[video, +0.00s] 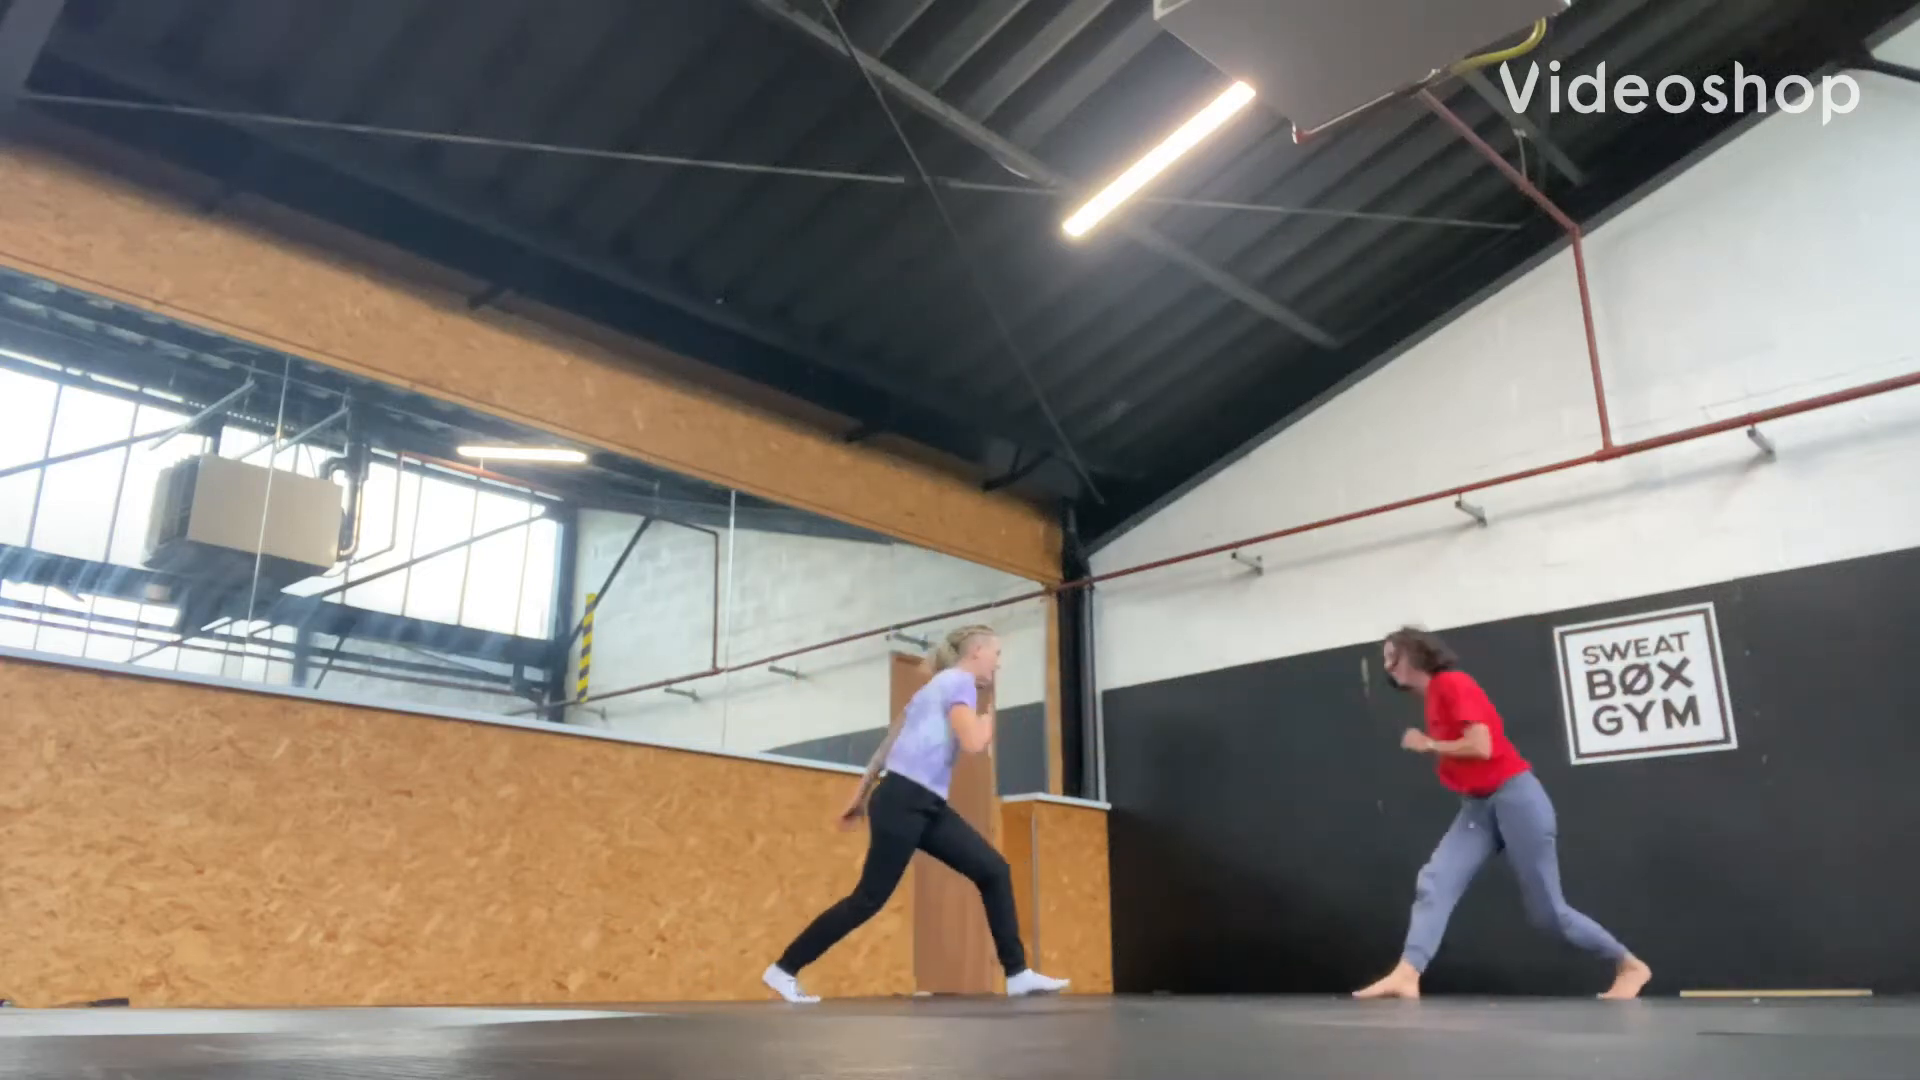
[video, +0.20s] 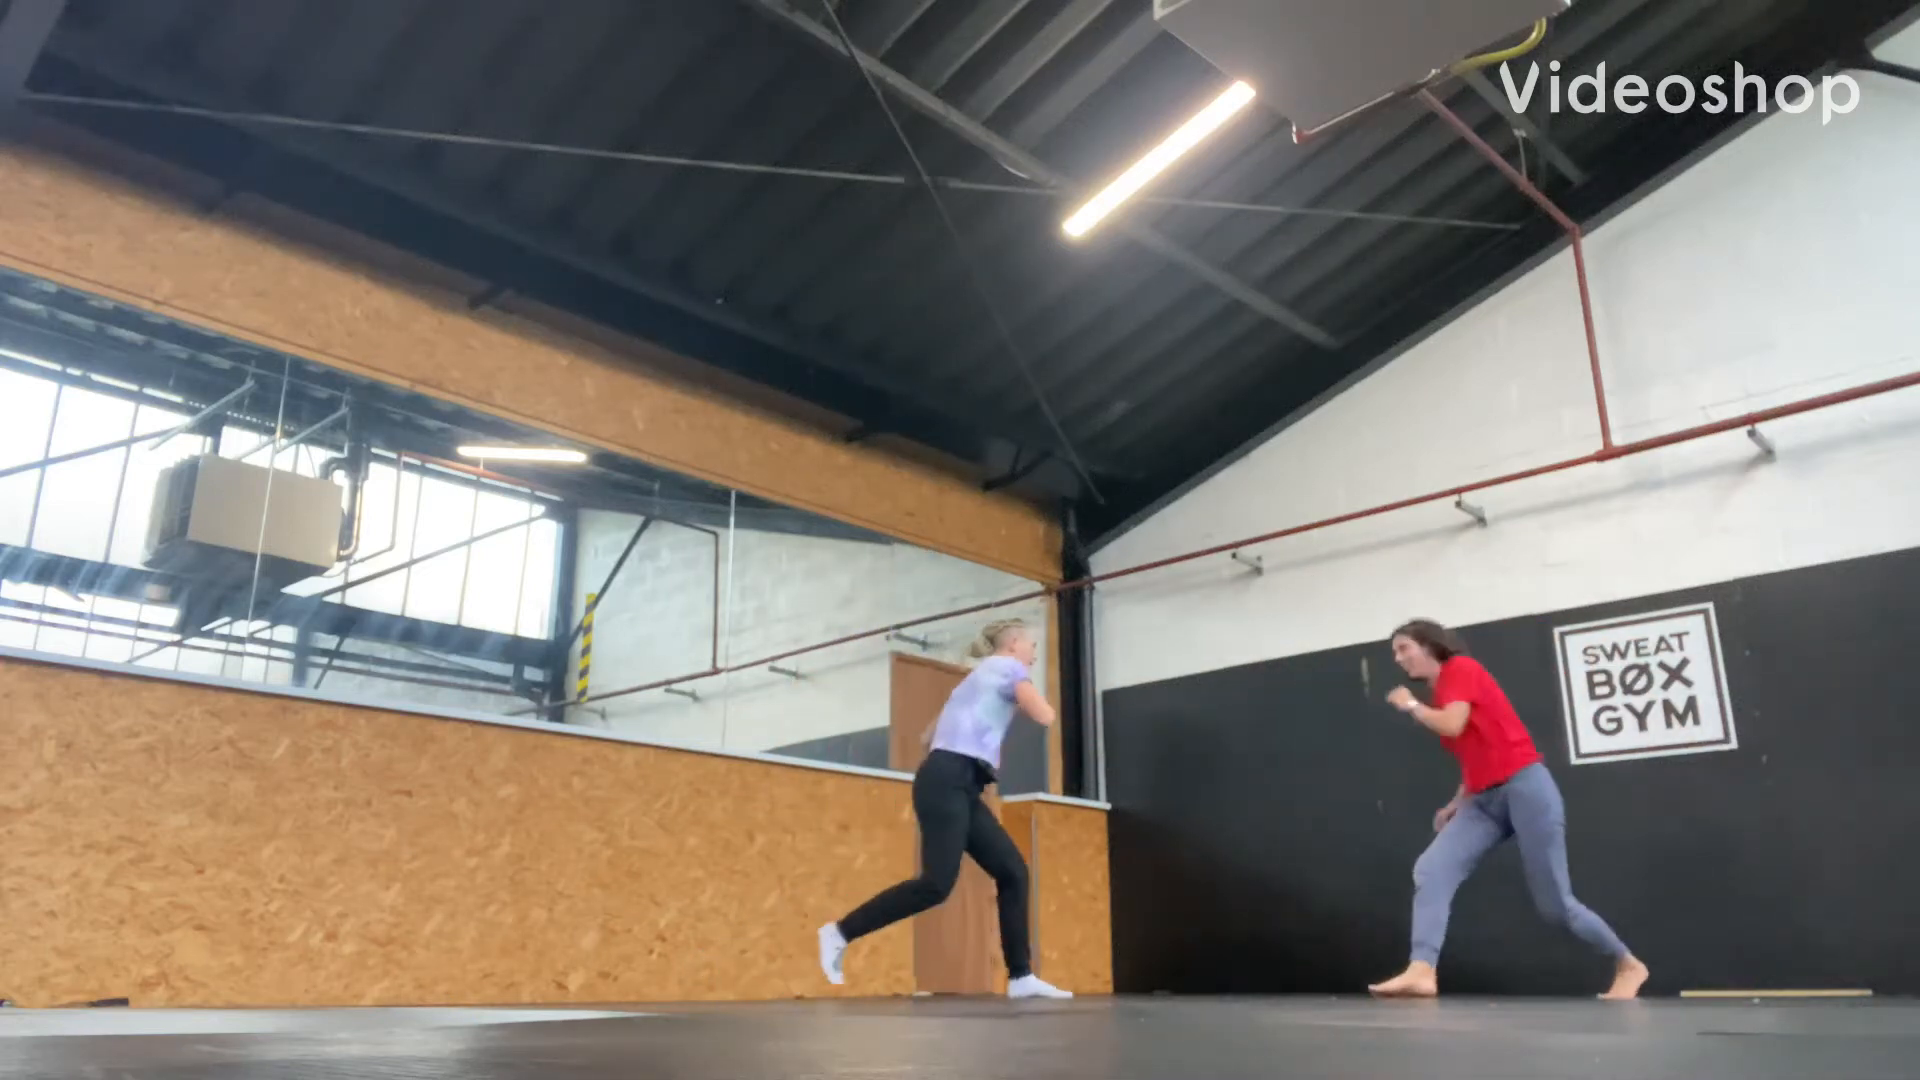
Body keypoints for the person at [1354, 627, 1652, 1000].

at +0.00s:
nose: (1389, 671)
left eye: (1393, 661)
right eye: (1387, 663)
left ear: (1414, 657)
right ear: (1411, 662)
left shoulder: (1454, 684)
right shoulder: (1435, 696)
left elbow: (1481, 745)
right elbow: (1472, 743)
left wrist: (1429, 744)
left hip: (1517, 798)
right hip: (1480, 806)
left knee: (1546, 912)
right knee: (1436, 882)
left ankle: (1630, 966)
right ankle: (1407, 974)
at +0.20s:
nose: (1399, 659)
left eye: (1404, 649)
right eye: (1396, 653)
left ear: (1427, 645)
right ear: (1412, 656)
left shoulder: (1461, 668)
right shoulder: (1444, 690)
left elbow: (1452, 723)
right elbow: (1478, 758)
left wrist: (1413, 707)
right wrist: (1459, 804)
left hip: (1527, 788)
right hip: (1485, 801)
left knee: (1555, 904)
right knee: (1433, 870)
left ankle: (1629, 964)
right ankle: (1422, 970)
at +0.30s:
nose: (1379, 656)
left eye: (1382, 645)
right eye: (1376, 650)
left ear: (1407, 638)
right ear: (1392, 650)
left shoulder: (1426, 653)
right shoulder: (1423, 679)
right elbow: (1468, 748)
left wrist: (1384, 680)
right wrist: (1422, 783)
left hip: (1512, 767)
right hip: (1479, 781)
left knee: (1548, 886)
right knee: (1437, 863)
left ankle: (1620, 955)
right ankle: (1451, 970)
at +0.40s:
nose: (1356, 670)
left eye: (1359, 659)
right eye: (1353, 664)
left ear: (1382, 650)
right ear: (1388, 655)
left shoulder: (1393, 665)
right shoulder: (1415, 680)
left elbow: (1367, 728)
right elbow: (1450, 757)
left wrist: (1376, 689)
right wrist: (1396, 779)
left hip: (1498, 761)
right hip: (1472, 779)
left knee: (1532, 877)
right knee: (1441, 869)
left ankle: (1620, 944)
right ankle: (1451, 975)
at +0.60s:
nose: (1326, 708)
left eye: (1326, 698)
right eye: (1322, 702)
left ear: (1344, 687)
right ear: (1354, 687)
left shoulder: (1367, 698)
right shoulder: (1388, 706)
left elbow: (1363, 769)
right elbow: (1431, 783)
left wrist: (1359, 731)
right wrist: (1380, 822)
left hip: (1491, 770)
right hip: (1463, 790)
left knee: (1508, 874)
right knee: (1423, 871)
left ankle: (1611, 955)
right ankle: (1449, 977)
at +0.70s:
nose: (1330, 716)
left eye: (1326, 705)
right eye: (1324, 711)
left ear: (1339, 688)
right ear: (1347, 692)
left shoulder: (1369, 694)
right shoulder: (1384, 724)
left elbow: (1345, 742)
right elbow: (1432, 788)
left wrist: (1321, 747)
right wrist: (1387, 821)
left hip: (1491, 769)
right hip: (1461, 795)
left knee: (1510, 865)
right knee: (1419, 870)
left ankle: (1594, 957)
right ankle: (1449, 978)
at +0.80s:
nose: (1330, 725)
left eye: (1330, 714)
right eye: (1326, 721)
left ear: (1343, 698)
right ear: (1339, 711)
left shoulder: (1387, 699)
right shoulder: (1385, 736)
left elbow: (1337, 695)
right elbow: (1439, 795)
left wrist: (1299, 712)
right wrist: (1388, 825)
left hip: (1501, 782)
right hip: (1466, 805)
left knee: (1504, 878)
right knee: (1412, 868)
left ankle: (1599, 971)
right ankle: (1444, 974)